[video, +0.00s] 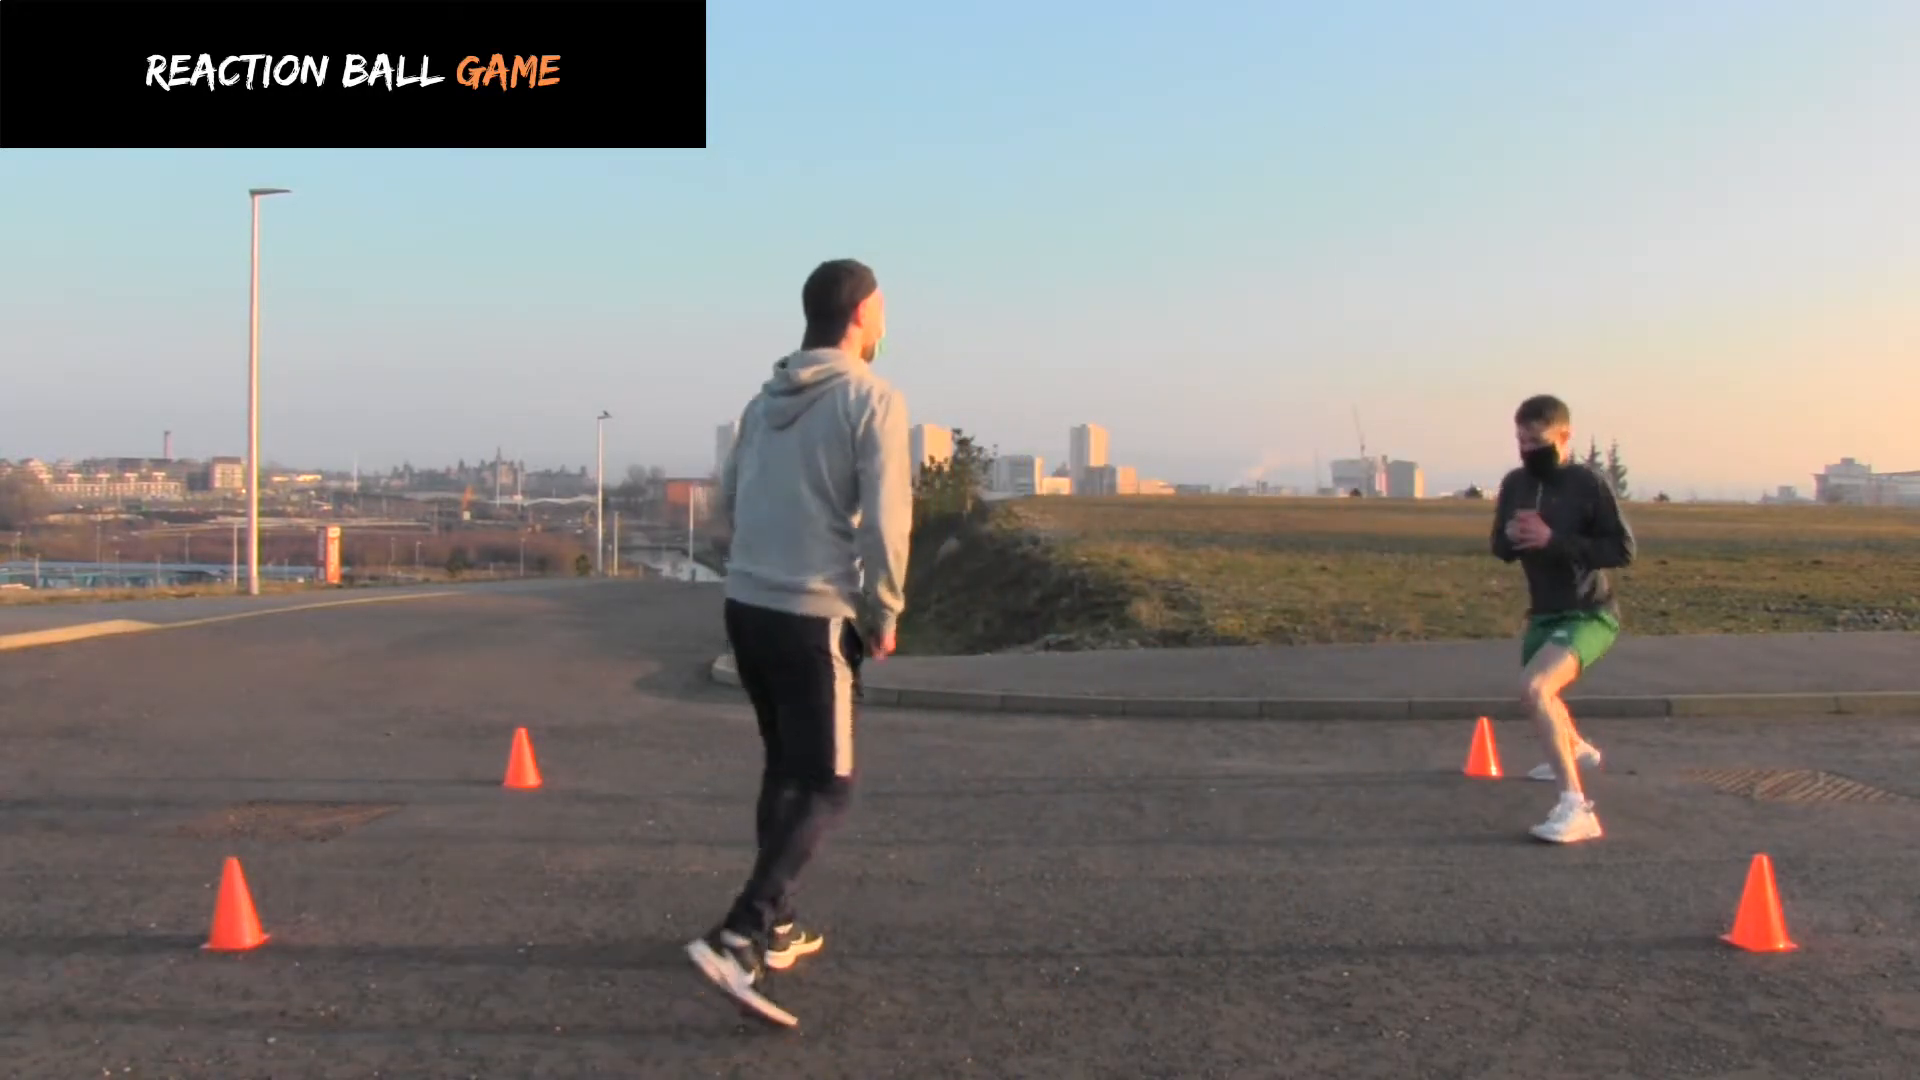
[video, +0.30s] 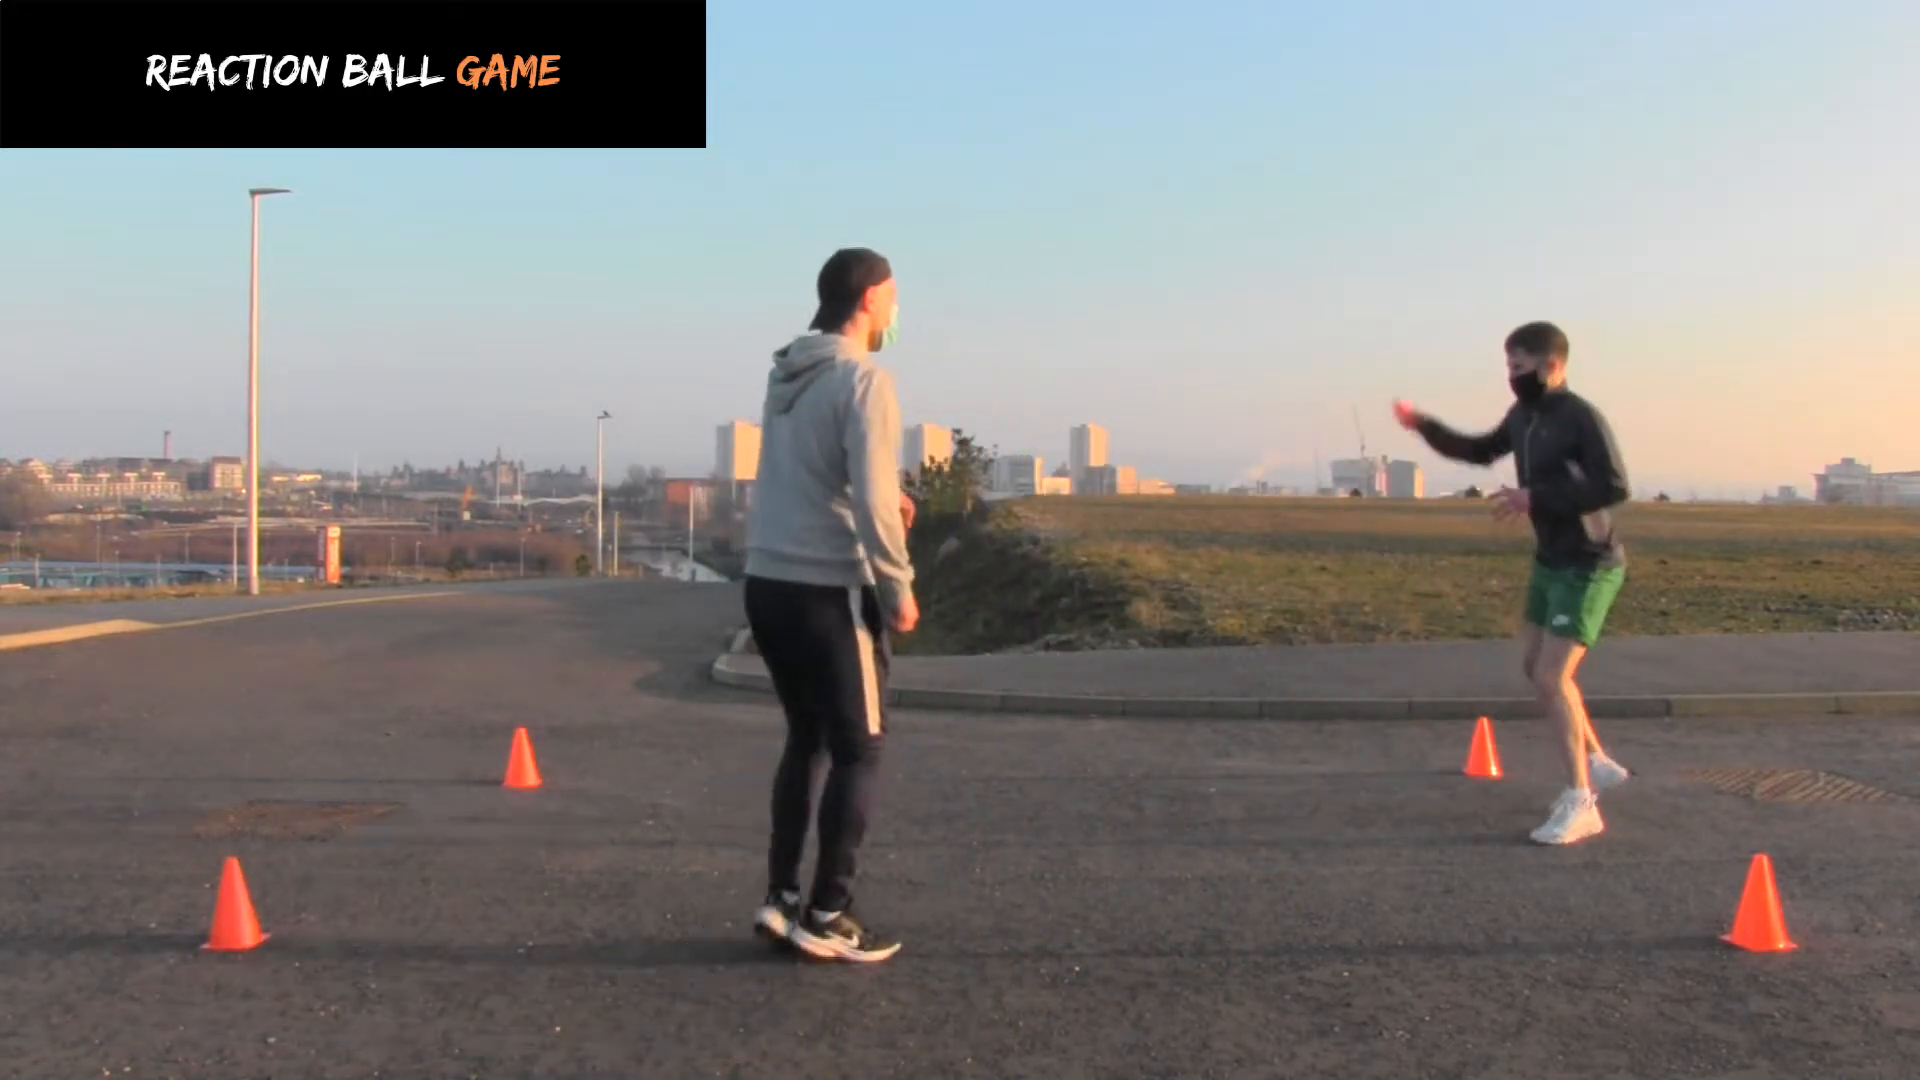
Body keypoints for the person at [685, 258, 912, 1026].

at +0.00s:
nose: (883, 322)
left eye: (879, 309)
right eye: (879, 309)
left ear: (815, 315)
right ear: (860, 315)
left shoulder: (767, 397)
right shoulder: (874, 398)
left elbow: (729, 500)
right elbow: (884, 520)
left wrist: (759, 570)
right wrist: (883, 613)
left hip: (746, 607)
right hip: (811, 615)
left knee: (783, 768)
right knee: (830, 784)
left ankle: (771, 925)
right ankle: (736, 939)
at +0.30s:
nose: (896, 309)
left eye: (894, 295)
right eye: (892, 295)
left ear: (834, 299)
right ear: (869, 300)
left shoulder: (791, 371)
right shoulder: (866, 378)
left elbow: (799, 476)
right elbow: (874, 496)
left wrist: (880, 496)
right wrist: (899, 587)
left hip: (769, 584)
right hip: (825, 589)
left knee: (805, 735)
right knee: (861, 746)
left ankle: (782, 897)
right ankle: (827, 913)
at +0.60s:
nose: (887, 318)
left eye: (885, 305)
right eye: (883, 306)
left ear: (824, 312)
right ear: (864, 314)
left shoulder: (782, 389)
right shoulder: (863, 391)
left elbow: (758, 484)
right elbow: (876, 500)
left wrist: (798, 547)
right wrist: (902, 589)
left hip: (774, 579)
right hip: (827, 582)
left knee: (814, 714)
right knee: (850, 738)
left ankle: (774, 852)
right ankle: (823, 906)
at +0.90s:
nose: (850, 373)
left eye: (850, 361)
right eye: (848, 362)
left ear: (798, 360)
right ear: (827, 363)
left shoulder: (765, 426)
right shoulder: (822, 430)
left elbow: (822, 504)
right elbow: (838, 524)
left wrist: (891, 479)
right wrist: (871, 605)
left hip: (754, 612)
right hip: (806, 615)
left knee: (785, 737)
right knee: (880, 741)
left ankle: (724, 864)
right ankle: (828, 860)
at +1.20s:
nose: (905, 395)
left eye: (908, 385)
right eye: (905, 384)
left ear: (867, 372)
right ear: (883, 374)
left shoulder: (820, 417)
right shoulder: (871, 430)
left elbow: (830, 488)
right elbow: (850, 506)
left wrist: (899, 497)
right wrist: (845, 579)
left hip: (770, 576)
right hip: (816, 589)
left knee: (760, 692)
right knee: (805, 709)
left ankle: (699, 794)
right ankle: (746, 821)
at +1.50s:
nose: (959, 454)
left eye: (960, 445)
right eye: (961, 444)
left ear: (930, 427)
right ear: (950, 435)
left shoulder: (882, 460)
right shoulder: (912, 475)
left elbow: (881, 563)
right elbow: (908, 563)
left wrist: (915, 628)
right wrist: (941, 625)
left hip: (813, 596)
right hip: (846, 607)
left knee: (819, 699)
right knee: (921, 685)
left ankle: (757, 796)